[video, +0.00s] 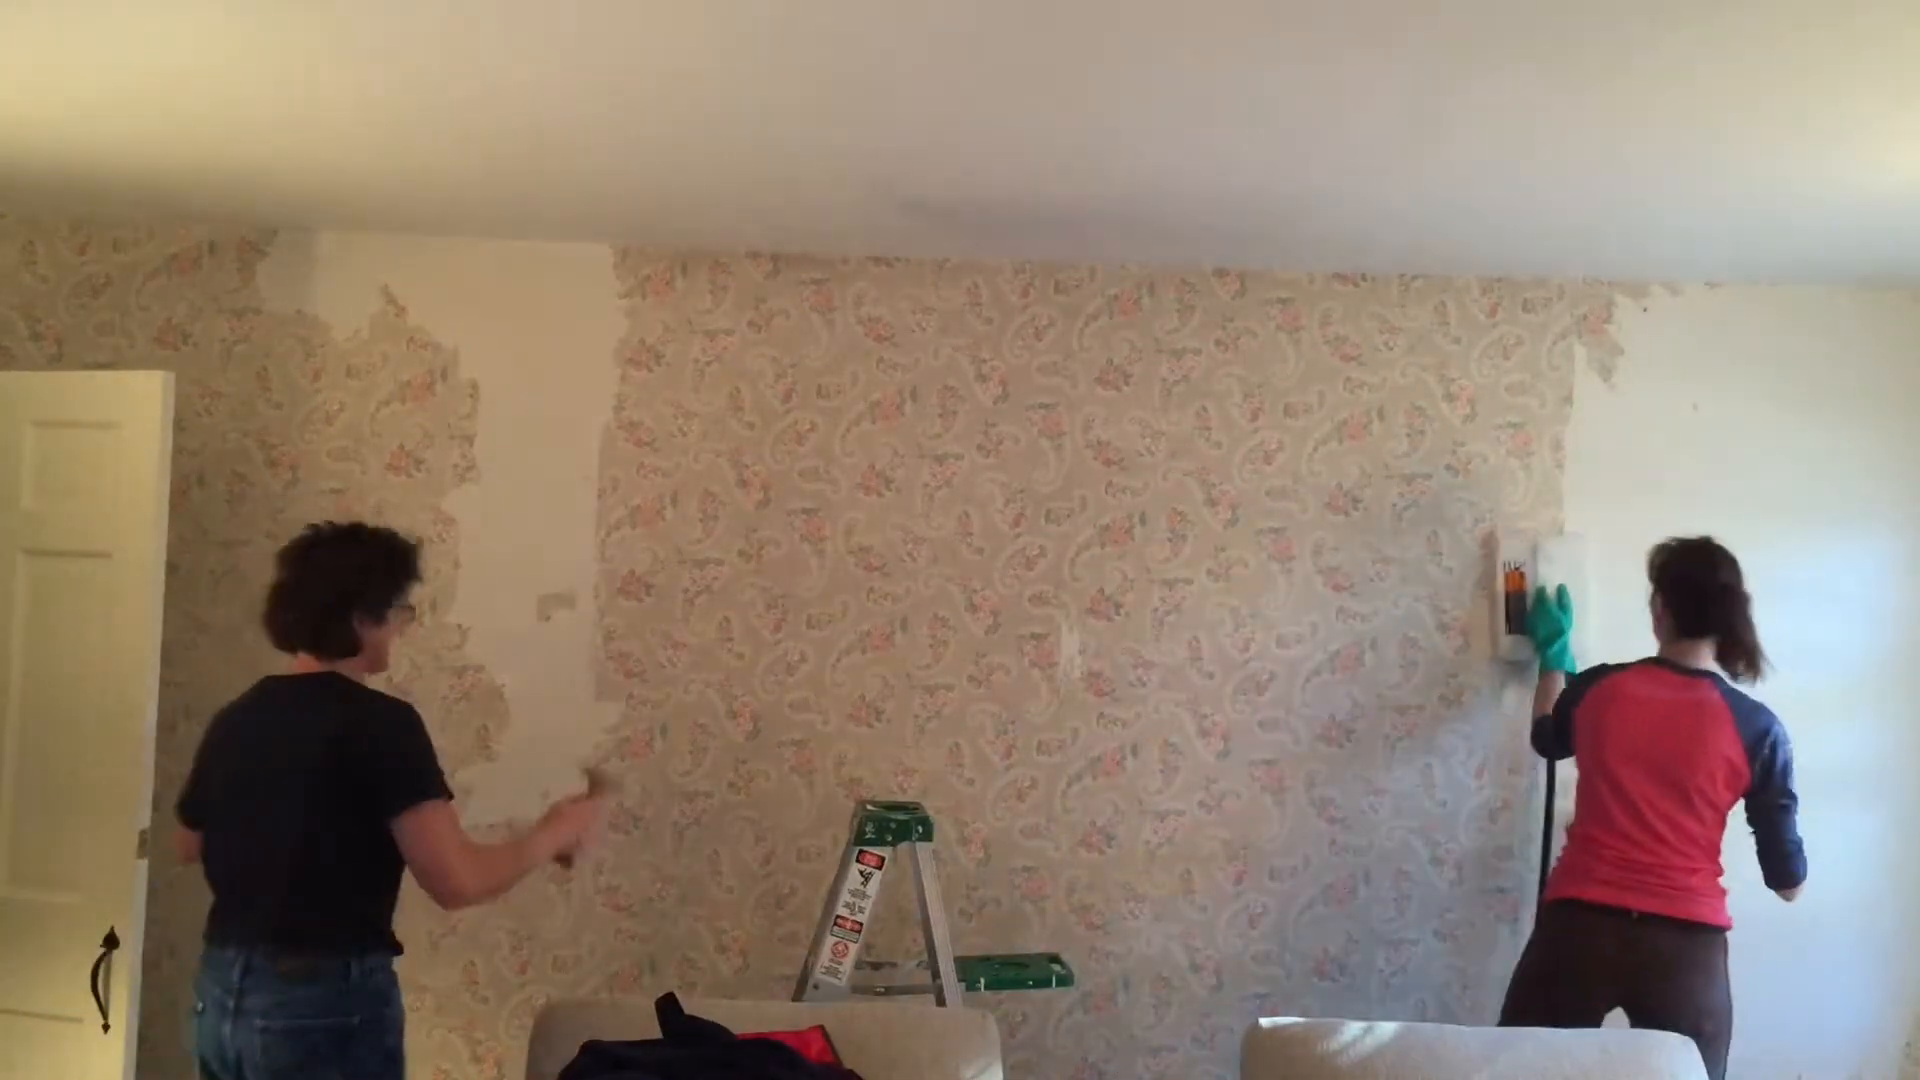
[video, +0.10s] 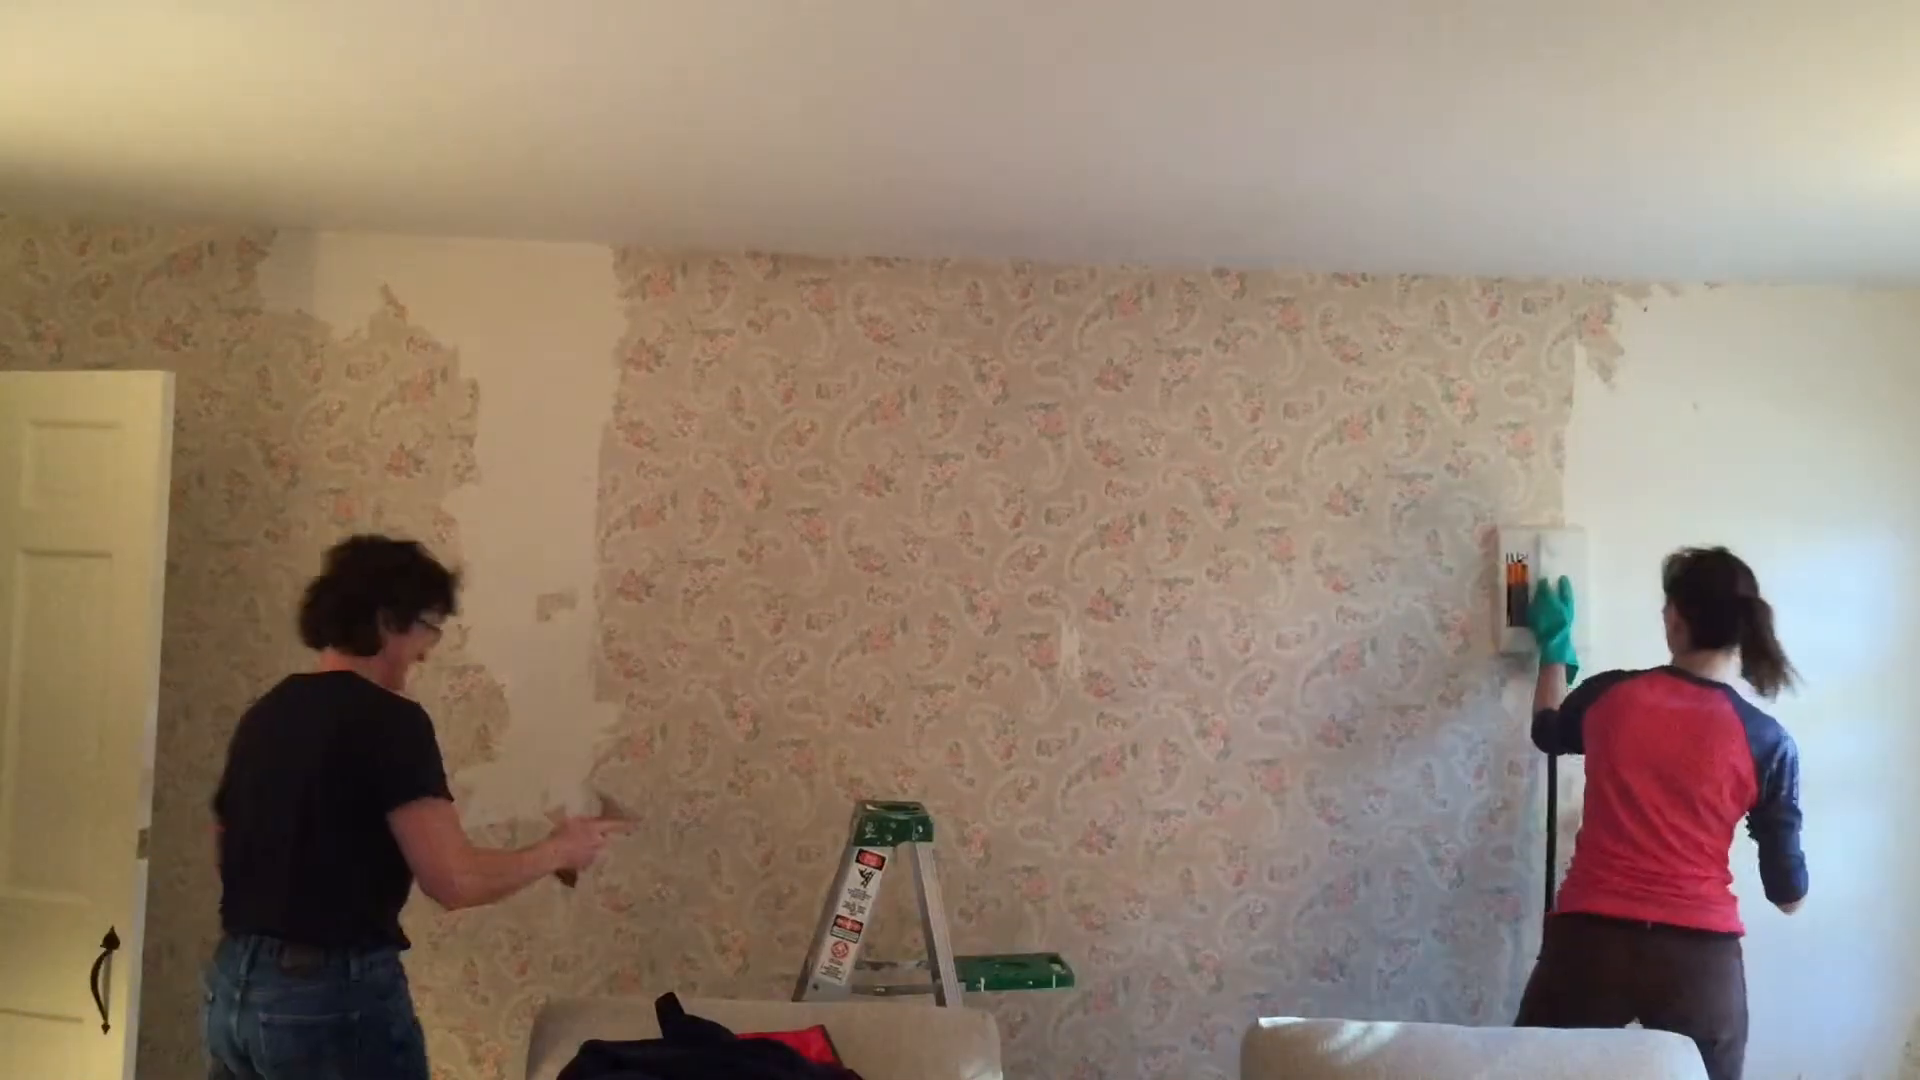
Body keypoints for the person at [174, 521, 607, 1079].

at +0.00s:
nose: (406, 624)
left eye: (406, 610)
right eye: (399, 609)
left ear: (303, 609)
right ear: (358, 616)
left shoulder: (237, 718)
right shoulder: (382, 722)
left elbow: (188, 842)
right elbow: (456, 880)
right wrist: (552, 836)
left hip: (222, 996)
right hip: (328, 1011)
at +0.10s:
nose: (431, 649)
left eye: (436, 631)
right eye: (428, 628)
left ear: (336, 619)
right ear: (385, 622)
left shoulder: (266, 712)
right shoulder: (391, 721)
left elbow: (230, 853)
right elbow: (454, 878)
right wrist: (557, 852)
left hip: (234, 986)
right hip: (338, 1002)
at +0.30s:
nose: (479, 640)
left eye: (485, 623)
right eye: (478, 621)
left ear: (391, 605)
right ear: (435, 612)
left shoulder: (330, 690)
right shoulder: (430, 703)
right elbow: (494, 850)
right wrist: (619, 826)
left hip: (284, 962)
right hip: (376, 973)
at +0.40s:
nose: (508, 631)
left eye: (513, 615)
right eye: (505, 613)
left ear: (423, 602)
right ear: (463, 607)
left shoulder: (356, 692)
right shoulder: (458, 707)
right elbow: (512, 856)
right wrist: (642, 826)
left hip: (325, 954)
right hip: (415, 967)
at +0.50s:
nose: (552, 633)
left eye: (556, 619)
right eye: (546, 617)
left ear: (481, 611)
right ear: (504, 614)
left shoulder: (392, 695)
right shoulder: (493, 722)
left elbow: (351, 797)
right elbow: (526, 878)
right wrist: (652, 847)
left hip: (357, 960)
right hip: (445, 974)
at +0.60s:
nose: (588, 653)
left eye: (592, 640)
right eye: (583, 638)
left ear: (507, 626)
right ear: (542, 632)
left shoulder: (427, 702)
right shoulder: (519, 741)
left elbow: (361, 802)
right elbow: (541, 899)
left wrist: (449, 772)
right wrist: (659, 873)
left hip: (387, 965)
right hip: (460, 985)